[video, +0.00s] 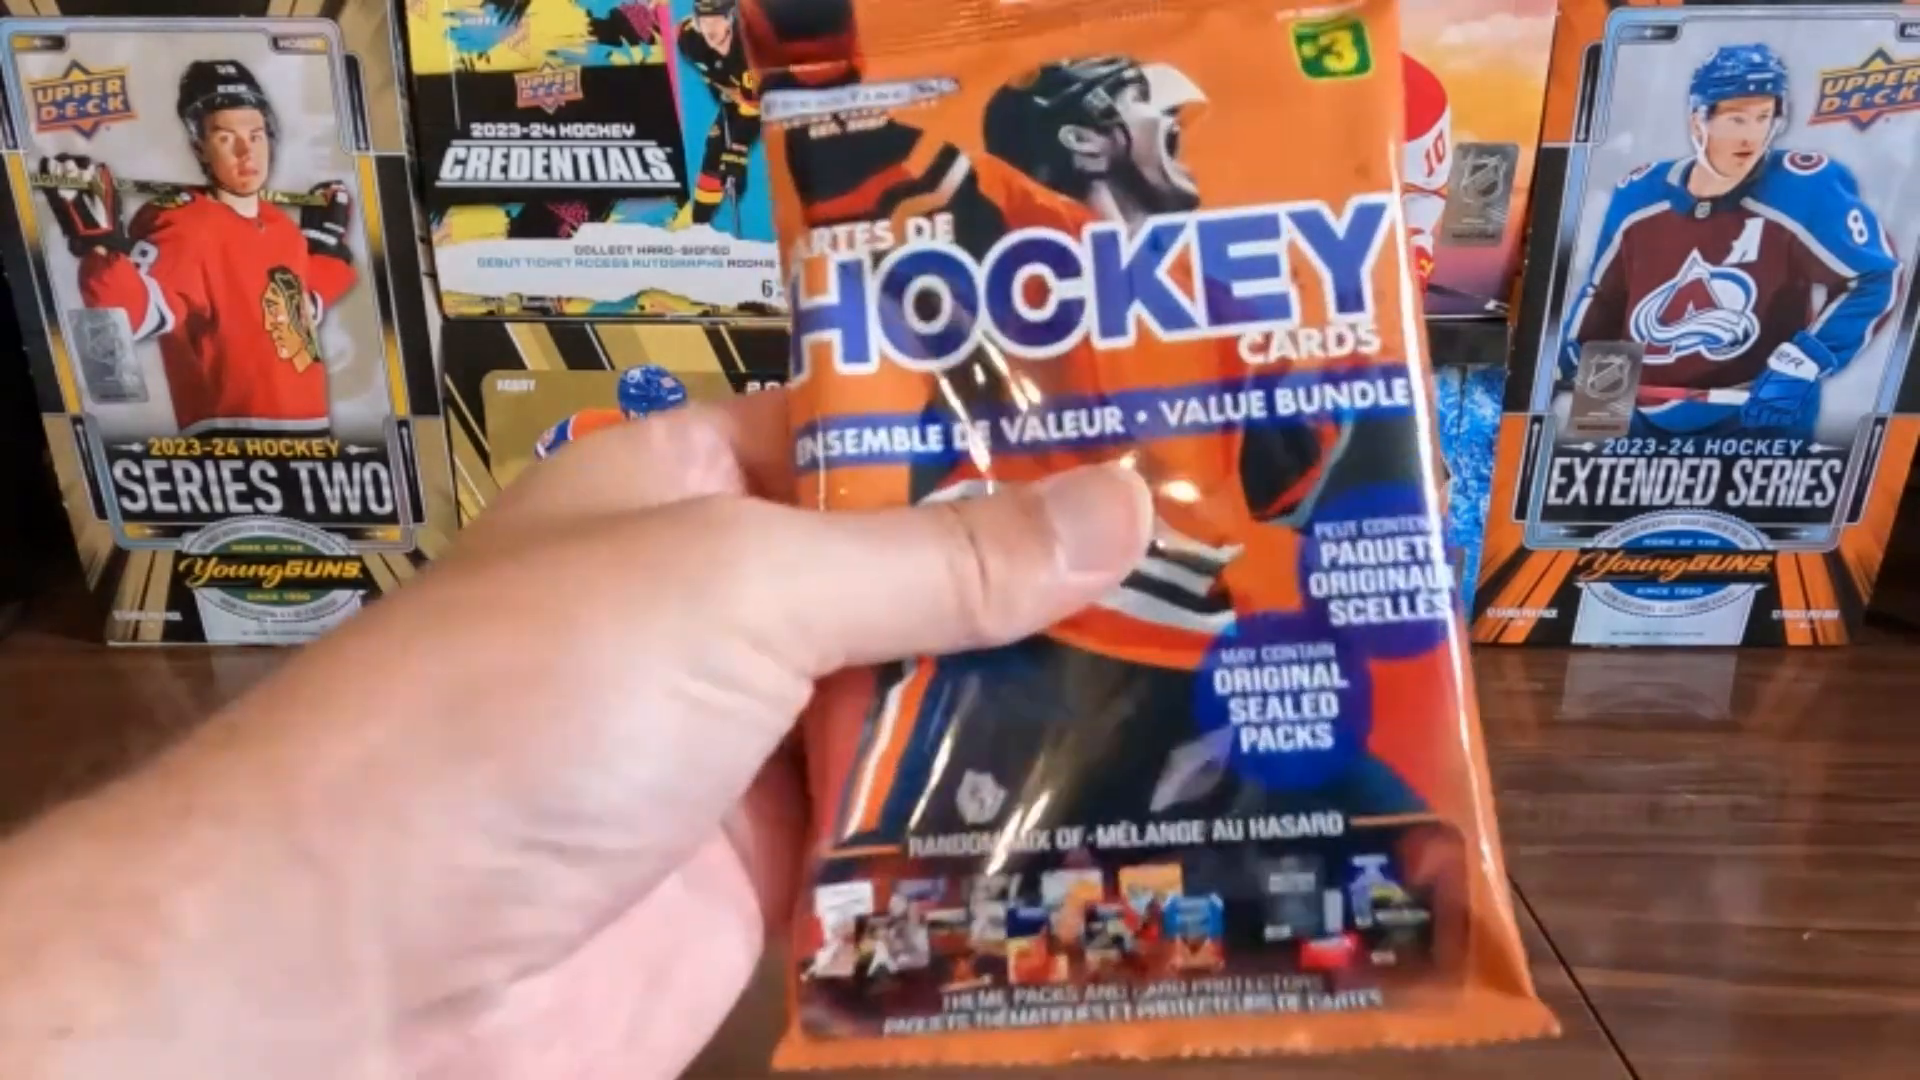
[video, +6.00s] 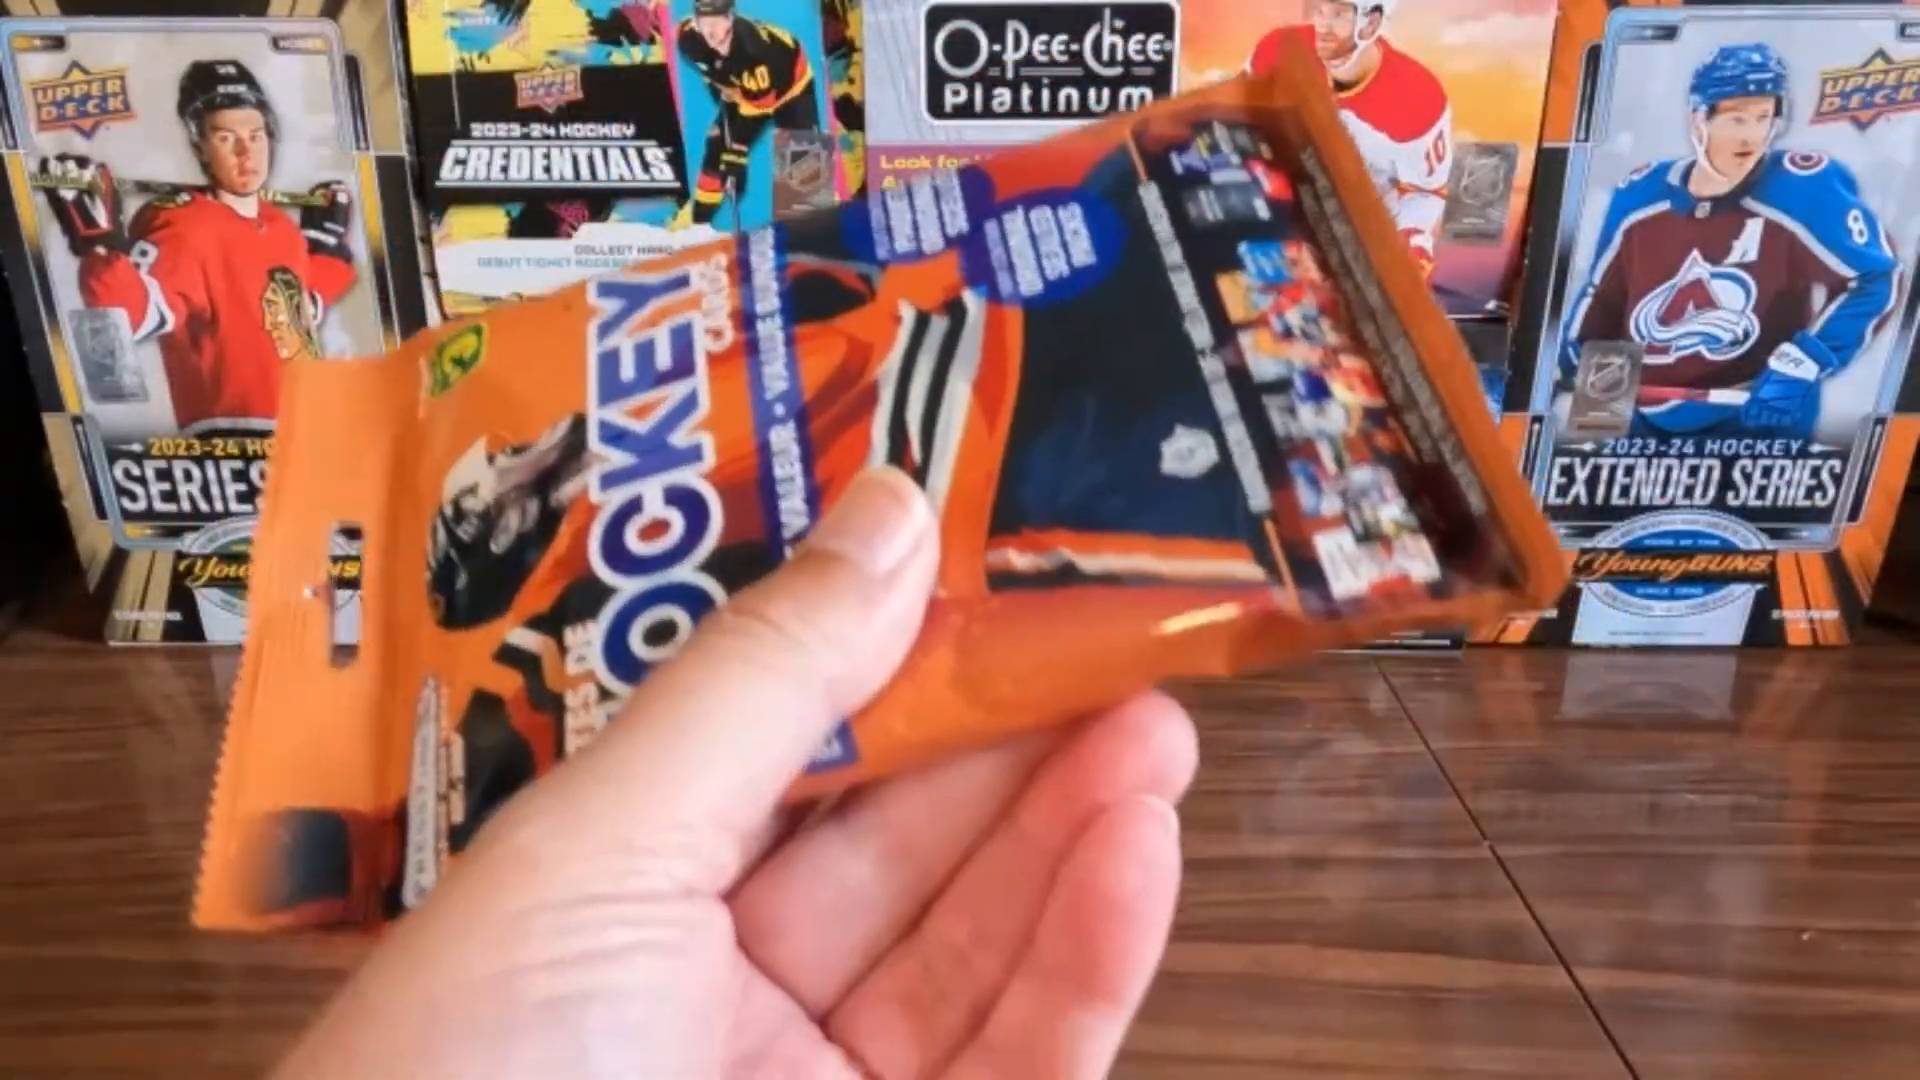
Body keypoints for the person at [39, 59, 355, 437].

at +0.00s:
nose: (247, 152)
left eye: (256, 135)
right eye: (227, 139)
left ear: (270, 139)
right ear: (201, 150)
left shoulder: (283, 227)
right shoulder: (184, 227)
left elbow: (300, 305)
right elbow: (137, 316)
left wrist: (335, 253)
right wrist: (100, 249)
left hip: (307, 433)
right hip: (229, 441)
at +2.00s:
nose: (247, 152)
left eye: (256, 135)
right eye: (227, 138)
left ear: (270, 140)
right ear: (201, 149)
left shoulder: (282, 228)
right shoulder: (184, 226)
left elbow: (301, 306)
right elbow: (141, 315)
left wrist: (334, 251)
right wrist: (101, 250)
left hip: (307, 432)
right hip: (230, 439)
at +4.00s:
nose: (247, 153)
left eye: (256, 135)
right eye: (228, 139)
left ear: (270, 139)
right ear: (200, 150)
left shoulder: (283, 228)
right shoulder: (184, 226)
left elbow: (302, 305)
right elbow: (141, 315)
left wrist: (335, 252)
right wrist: (100, 250)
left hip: (307, 433)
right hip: (230, 440)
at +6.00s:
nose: (246, 150)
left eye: (256, 134)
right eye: (227, 138)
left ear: (270, 139)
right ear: (200, 147)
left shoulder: (280, 225)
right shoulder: (183, 226)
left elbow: (301, 308)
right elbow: (139, 315)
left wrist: (333, 250)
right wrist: (99, 246)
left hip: (308, 424)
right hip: (232, 435)